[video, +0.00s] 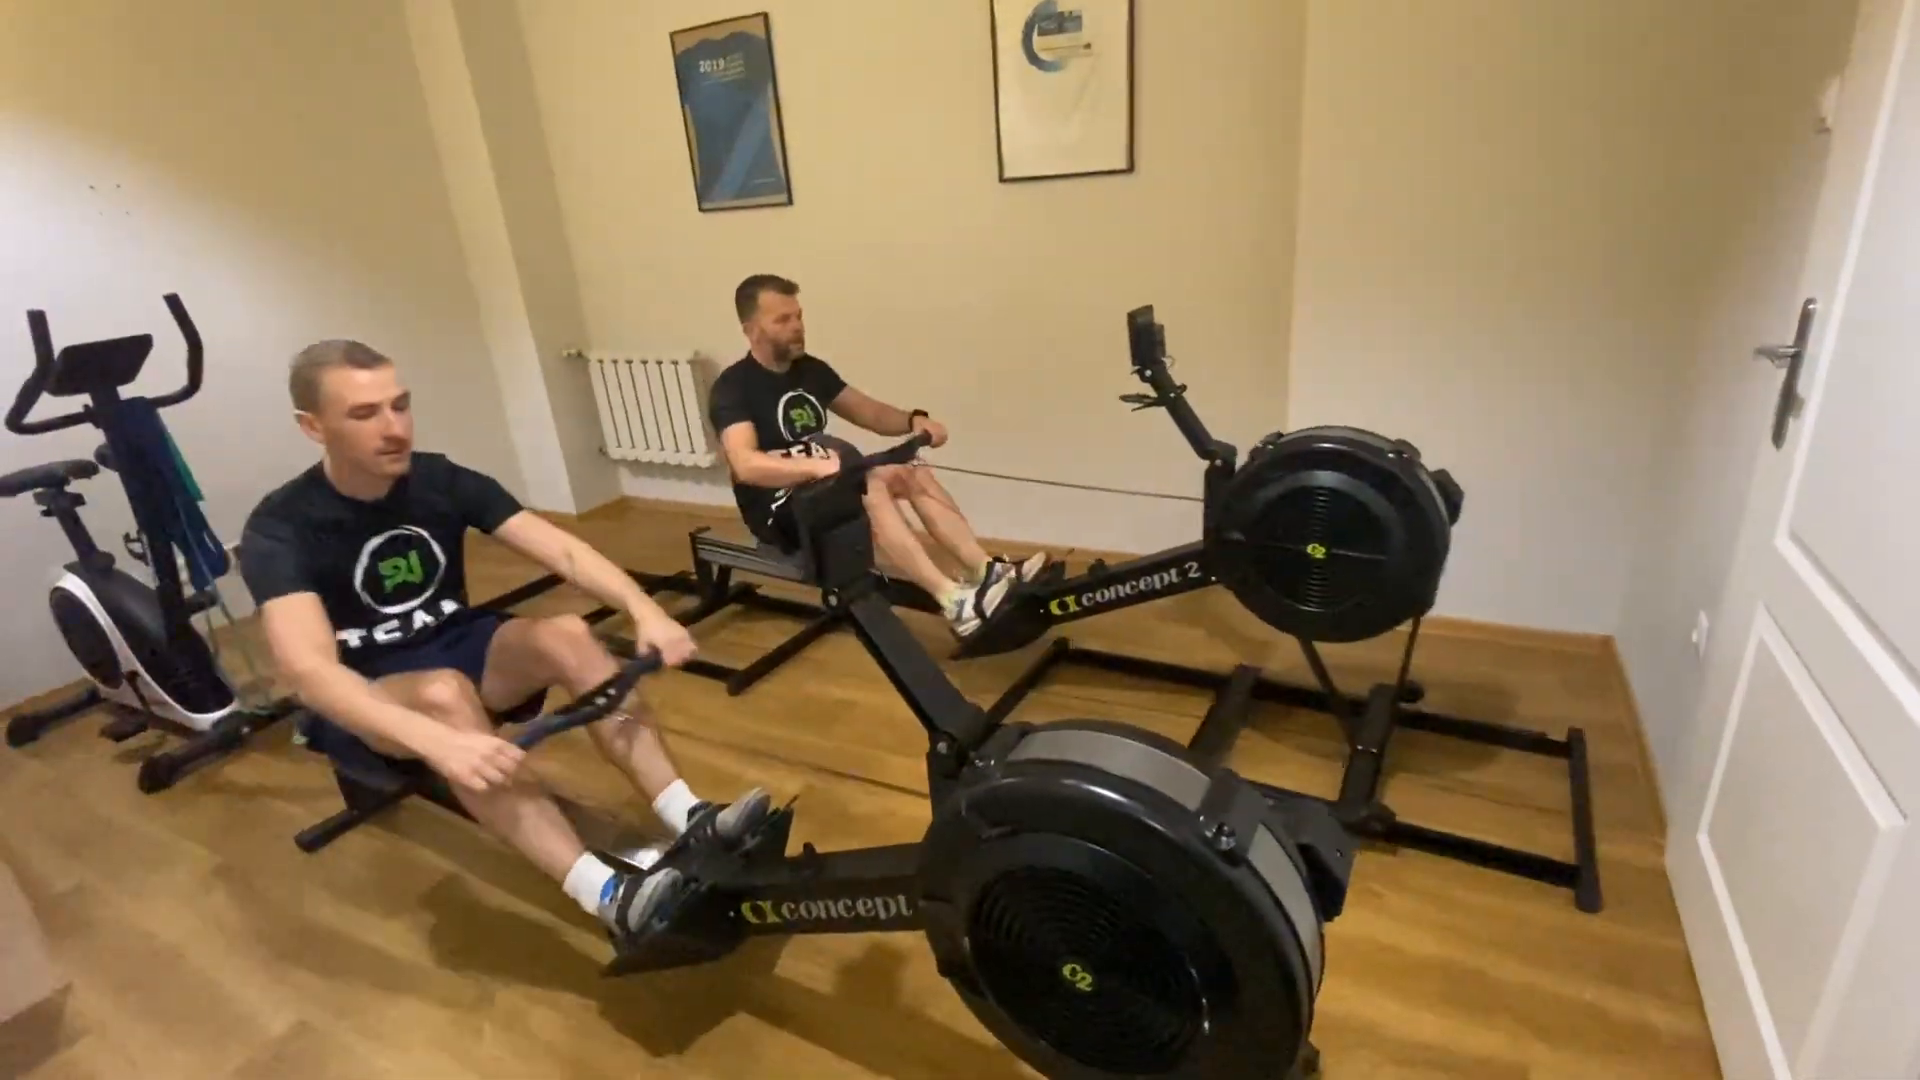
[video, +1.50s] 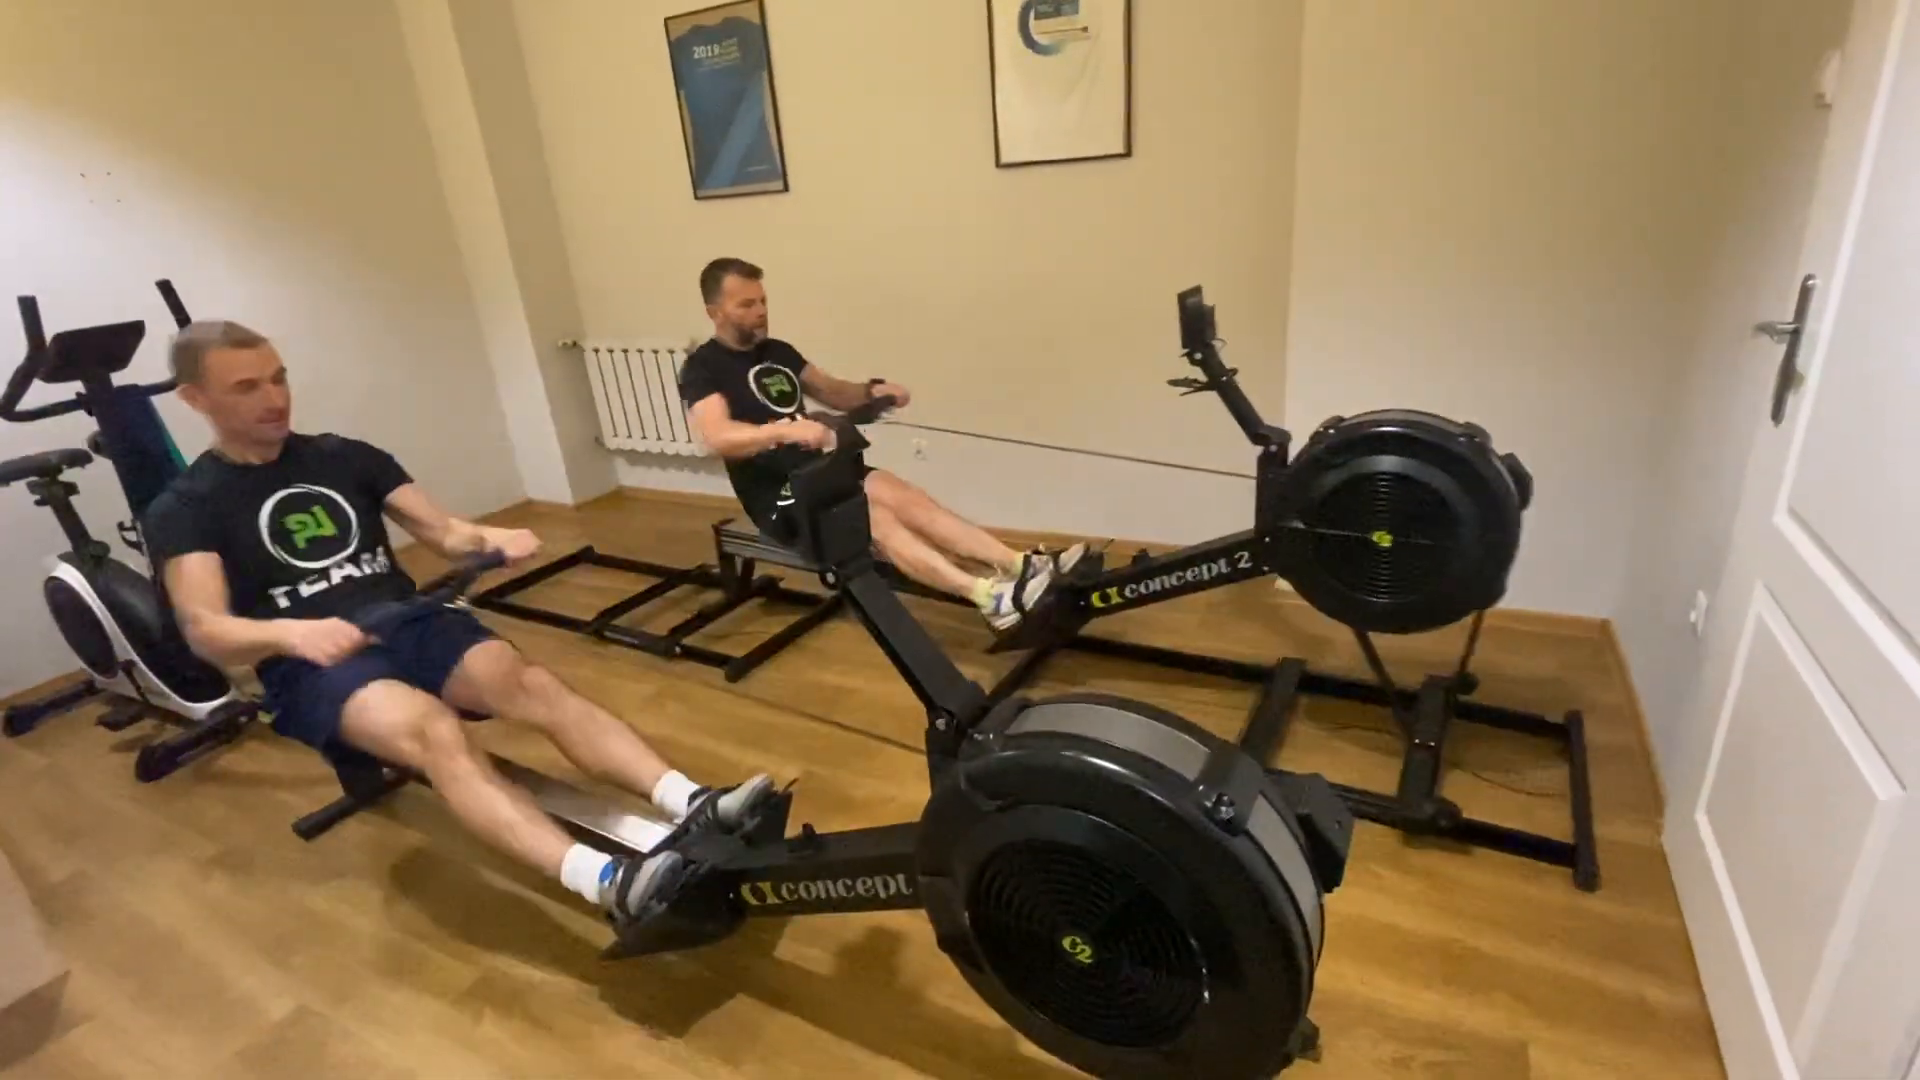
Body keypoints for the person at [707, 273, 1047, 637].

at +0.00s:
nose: (798, 327)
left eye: (798, 317)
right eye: (785, 320)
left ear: (800, 316)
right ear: (751, 329)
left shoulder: (809, 370)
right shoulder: (733, 388)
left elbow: (867, 412)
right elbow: (746, 467)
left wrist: (913, 420)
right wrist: (816, 468)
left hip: (836, 490)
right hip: (785, 511)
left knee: (915, 475)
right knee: (873, 491)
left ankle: (988, 573)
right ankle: (953, 601)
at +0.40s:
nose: (830, 324)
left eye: (830, 313)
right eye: (815, 317)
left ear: (834, 309)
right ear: (783, 328)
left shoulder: (840, 366)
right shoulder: (762, 382)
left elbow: (909, 405)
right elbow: (804, 450)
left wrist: (966, 425)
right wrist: (874, 471)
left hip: (832, 483)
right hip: (780, 507)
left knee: (902, 429)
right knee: (855, 482)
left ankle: (937, 552)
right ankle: (891, 575)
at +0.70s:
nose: (863, 333)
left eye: (862, 323)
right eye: (849, 327)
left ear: (864, 321)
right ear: (816, 339)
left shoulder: (869, 374)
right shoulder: (798, 393)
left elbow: (949, 406)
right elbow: (857, 448)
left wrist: (1016, 434)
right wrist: (937, 485)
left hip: (832, 493)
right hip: (778, 509)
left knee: (898, 418)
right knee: (823, 443)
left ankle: (910, 544)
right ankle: (862, 565)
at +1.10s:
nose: (832, 318)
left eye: (832, 308)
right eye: (818, 311)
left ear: (836, 308)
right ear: (785, 322)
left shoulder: (839, 365)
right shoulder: (768, 380)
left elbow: (914, 401)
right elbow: (832, 433)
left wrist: (979, 417)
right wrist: (909, 457)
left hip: (822, 481)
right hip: (770, 499)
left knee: (894, 430)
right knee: (839, 466)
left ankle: (948, 553)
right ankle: (903, 579)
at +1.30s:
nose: (788, 307)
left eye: (789, 295)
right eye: (774, 298)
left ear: (793, 295)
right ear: (739, 306)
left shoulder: (803, 351)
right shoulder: (729, 366)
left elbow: (867, 389)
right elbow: (785, 420)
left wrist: (927, 400)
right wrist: (855, 440)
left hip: (827, 473)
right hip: (776, 495)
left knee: (912, 473)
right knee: (866, 507)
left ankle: (994, 566)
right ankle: (958, 593)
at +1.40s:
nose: (774, 306)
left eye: (775, 295)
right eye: (761, 299)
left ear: (780, 294)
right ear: (726, 306)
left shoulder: (789, 348)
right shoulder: (716, 364)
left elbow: (851, 388)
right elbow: (751, 424)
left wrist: (904, 394)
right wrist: (814, 431)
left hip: (828, 476)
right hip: (777, 497)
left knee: (906, 480)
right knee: (871, 501)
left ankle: (1008, 564)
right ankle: (973, 593)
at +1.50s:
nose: (760, 313)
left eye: (762, 302)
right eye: (747, 306)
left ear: (763, 300)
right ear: (713, 310)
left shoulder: (776, 351)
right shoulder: (702, 368)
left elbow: (829, 391)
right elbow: (715, 436)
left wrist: (870, 395)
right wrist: (780, 431)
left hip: (832, 472)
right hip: (783, 498)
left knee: (902, 494)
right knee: (877, 518)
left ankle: (1022, 566)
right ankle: (988, 597)